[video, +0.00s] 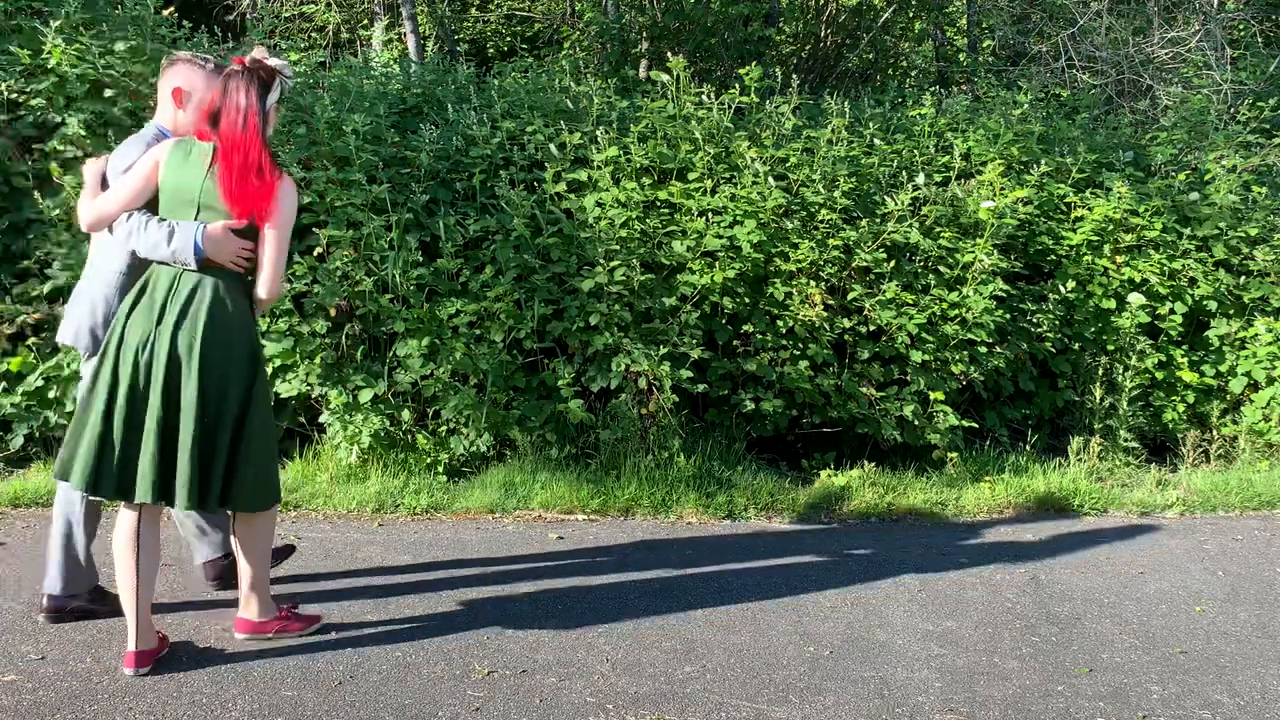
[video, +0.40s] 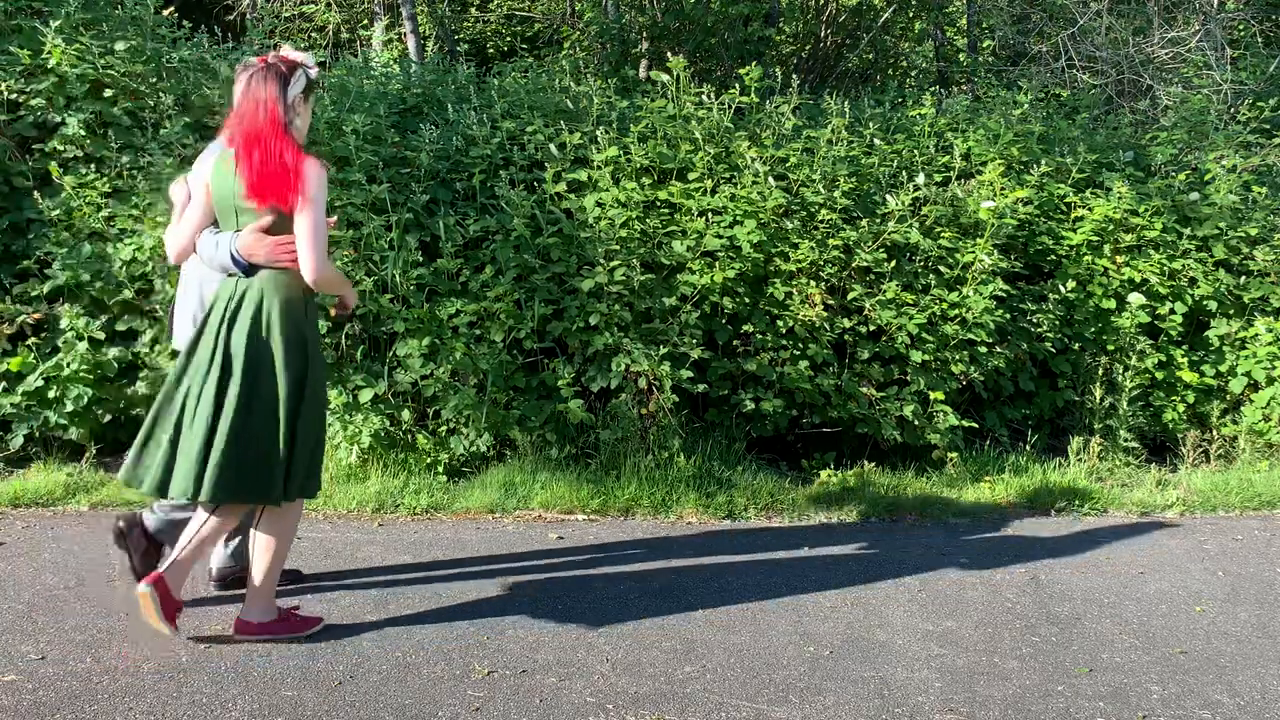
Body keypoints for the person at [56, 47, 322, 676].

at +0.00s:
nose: (193, 111)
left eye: (202, 100)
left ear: (213, 101)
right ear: (272, 112)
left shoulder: (169, 155)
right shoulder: (278, 185)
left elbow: (91, 218)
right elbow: (268, 287)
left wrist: (91, 174)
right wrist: (252, 292)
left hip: (150, 307)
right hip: (220, 319)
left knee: (137, 487)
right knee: (249, 468)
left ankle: (138, 639)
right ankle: (257, 607)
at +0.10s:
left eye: (214, 104)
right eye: (291, 109)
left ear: (226, 110)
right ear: (282, 117)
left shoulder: (186, 158)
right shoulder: (291, 184)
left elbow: (113, 221)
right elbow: (279, 286)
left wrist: (117, 183)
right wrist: (270, 306)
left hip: (164, 313)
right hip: (231, 323)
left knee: (145, 485)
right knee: (256, 471)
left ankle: (138, 636)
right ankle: (258, 608)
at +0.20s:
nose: (301, 115)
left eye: (229, 102)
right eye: (298, 106)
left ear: (237, 109)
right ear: (288, 113)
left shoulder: (194, 160)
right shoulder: (299, 177)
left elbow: (132, 226)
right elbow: (292, 276)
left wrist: (138, 185)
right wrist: (295, 302)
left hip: (179, 324)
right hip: (247, 332)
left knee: (160, 480)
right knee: (265, 473)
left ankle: (139, 630)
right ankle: (259, 607)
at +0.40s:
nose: (309, 113)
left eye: (308, 102)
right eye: (305, 103)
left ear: (244, 105)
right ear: (286, 108)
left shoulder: (213, 166)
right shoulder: (306, 170)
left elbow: (177, 248)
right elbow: (313, 269)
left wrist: (181, 198)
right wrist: (347, 292)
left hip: (228, 316)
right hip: (283, 321)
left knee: (244, 465)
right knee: (289, 468)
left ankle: (171, 578)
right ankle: (260, 608)